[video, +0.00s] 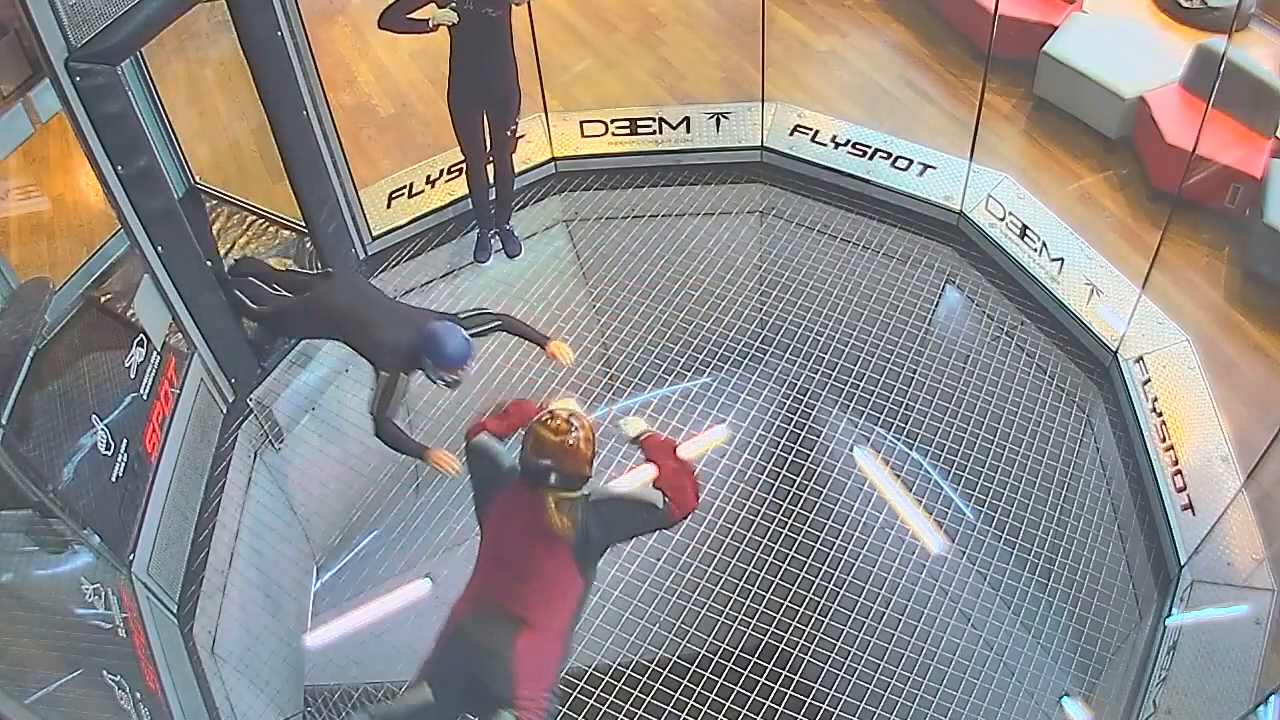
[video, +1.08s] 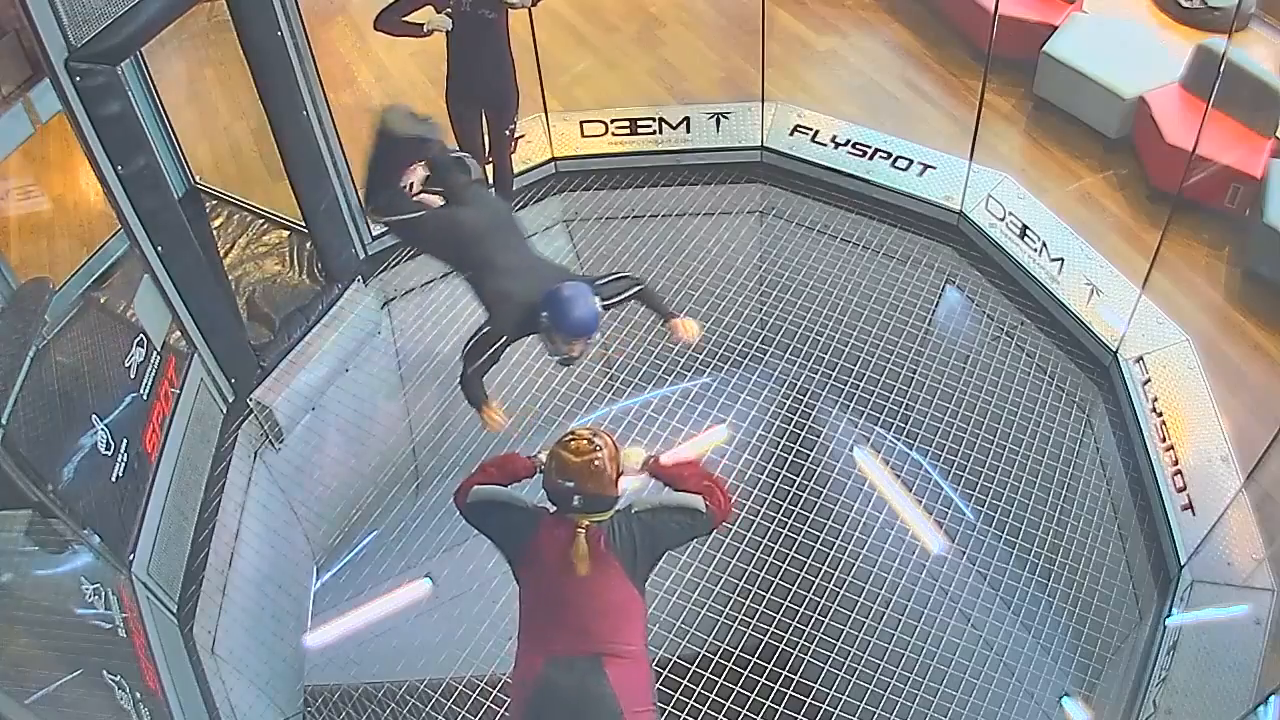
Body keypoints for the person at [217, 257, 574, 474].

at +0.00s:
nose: (455, 380)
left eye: (459, 374)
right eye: (451, 378)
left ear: (458, 344)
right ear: (430, 367)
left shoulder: (444, 325)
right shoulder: (395, 363)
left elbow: (498, 317)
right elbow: (382, 425)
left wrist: (546, 342)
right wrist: (424, 453)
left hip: (351, 283)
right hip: (325, 310)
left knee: (286, 277)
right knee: (263, 313)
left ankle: (228, 266)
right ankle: (221, 284)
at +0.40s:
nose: (500, 361)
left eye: (502, 354)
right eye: (496, 359)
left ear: (481, 314)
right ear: (475, 358)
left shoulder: (480, 307)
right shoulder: (440, 368)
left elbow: (538, 301)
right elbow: (431, 427)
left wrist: (573, 334)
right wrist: (481, 444)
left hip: (391, 279)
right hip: (367, 319)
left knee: (344, 263)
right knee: (313, 320)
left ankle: (269, 242)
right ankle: (251, 300)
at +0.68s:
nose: (521, 345)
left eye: (523, 337)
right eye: (513, 342)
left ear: (524, 318)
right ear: (487, 335)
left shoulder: (512, 298)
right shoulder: (457, 347)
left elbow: (565, 293)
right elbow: (454, 407)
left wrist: (595, 330)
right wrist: (505, 416)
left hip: (421, 259)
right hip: (389, 290)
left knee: (380, 228)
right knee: (322, 287)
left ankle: (301, 189)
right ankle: (236, 241)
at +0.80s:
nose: (531, 348)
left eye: (535, 339)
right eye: (522, 343)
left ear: (541, 317)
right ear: (501, 332)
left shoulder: (527, 296)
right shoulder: (468, 339)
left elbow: (583, 297)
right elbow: (457, 399)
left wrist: (617, 328)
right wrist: (498, 419)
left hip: (434, 247)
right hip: (399, 271)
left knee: (395, 204)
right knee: (323, 262)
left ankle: (338, 154)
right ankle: (262, 207)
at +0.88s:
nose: (542, 348)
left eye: (547, 340)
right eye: (534, 343)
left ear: (553, 310)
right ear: (512, 329)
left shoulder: (541, 290)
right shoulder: (479, 334)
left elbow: (594, 293)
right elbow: (461, 395)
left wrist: (628, 324)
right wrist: (498, 423)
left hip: (450, 240)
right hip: (409, 259)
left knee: (411, 193)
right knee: (343, 256)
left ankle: (373, 128)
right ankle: (312, 180)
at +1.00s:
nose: (567, 351)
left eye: (573, 343)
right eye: (559, 345)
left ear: (578, 320)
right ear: (536, 333)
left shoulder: (570, 292)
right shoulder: (497, 329)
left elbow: (619, 285)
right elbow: (466, 386)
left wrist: (654, 320)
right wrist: (495, 420)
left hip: (476, 226)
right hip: (435, 243)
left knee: (439, 184)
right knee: (368, 218)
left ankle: (409, 136)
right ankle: (380, 175)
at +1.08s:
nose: (577, 353)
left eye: (582, 345)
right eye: (569, 348)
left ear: (591, 325)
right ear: (548, 332)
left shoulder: (588, 293)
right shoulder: (510, 324)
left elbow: (636, 284)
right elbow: (469, 367)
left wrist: (672, 317)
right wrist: (483, 406)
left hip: (496, 218)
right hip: (457, 235)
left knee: (466, 181)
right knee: (383, 207)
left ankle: (431, 145)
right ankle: (392, 135)